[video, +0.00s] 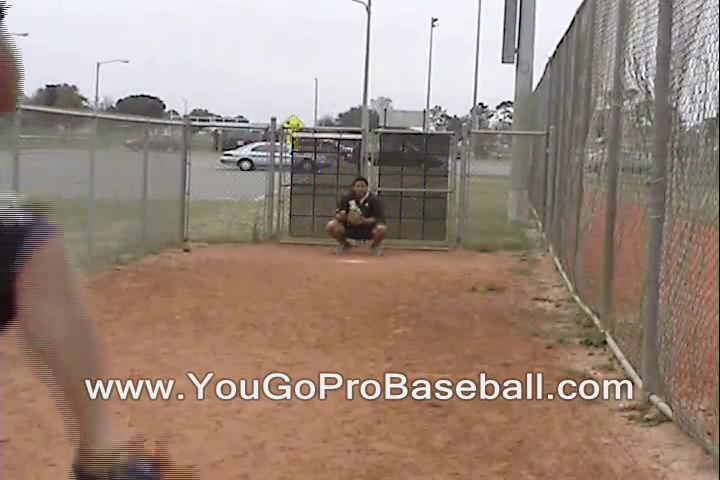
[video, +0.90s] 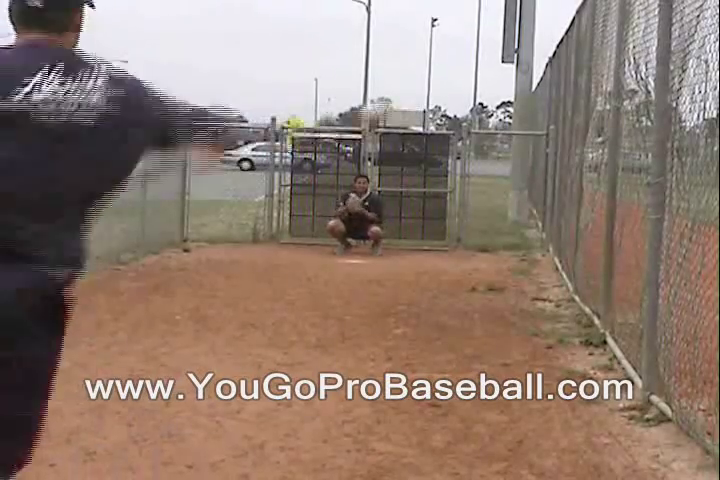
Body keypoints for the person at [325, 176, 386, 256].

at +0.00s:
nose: (360, 189)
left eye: (362, 186)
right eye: (357, 186)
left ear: (367, 188)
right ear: (353, 188)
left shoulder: (374, 200)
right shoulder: (346, 199)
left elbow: (379, 219)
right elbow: (338, 215)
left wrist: (363, 221)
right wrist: (346, 217)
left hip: (366, 227)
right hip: (350, 227)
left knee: (381, 229)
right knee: (331, 226)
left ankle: (375, 246)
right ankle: (344, 244)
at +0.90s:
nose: (361, 186)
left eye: (364, 183)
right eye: (359, 183)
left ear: (368, 185)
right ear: (354, 185)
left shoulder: (374, 198)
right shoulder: (346, 197)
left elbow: (378, 219)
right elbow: (337, 214)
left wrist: (360, 210)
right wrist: (347, 209)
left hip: (365, 226)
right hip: (349, 225)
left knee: (376, 231)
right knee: (332, 225)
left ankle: (376, 244)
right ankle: (346, 244)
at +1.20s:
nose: (360, 187)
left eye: (362, 184)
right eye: (358, 184)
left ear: (366, 186)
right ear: (353, 186)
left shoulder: (373, 198)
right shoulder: (346, 198)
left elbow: (377, 215)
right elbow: (338, 214)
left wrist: (364, 203)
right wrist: (349, 209)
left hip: (367, 227)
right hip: (350, 226)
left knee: (379, 229)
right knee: (333, 225)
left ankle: (376, 245)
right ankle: (346, 245)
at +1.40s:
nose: (357, 187)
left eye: (360, 185)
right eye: (355, 185)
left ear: (364, 187)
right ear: (351, 186)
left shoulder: (371, 197)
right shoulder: (346, 197)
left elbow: (371, 205)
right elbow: (338, 213)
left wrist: (357, 203)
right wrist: (350, 211)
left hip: (367, 227)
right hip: (350, 227)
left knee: (379, 229)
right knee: (334, 225)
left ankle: (377, 245)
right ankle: (346, 244)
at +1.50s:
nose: (357, 188)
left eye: (359, 185)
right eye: (354, 185)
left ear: (364, 187)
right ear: (351, 187)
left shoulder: (371, 197)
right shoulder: (347, 197)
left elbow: (370, 207)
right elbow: (338, 209)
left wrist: (354, 208)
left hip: (366, 227)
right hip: (350, 227)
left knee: (379, 229)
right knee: (334, 225)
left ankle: (377, 245)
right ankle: (346, 244)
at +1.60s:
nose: (356, 189)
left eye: (359, 186)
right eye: (354, 186)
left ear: (364, 186)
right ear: (351, 187)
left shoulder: (371, 198)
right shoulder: (347, 199)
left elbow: (370, 209)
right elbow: (338, 215)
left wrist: (354, 209)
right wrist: (344, 210)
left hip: (366, 228)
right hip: (350, 227)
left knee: (379, 230)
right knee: (333, 225)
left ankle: (377, 245)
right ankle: (346, 245)